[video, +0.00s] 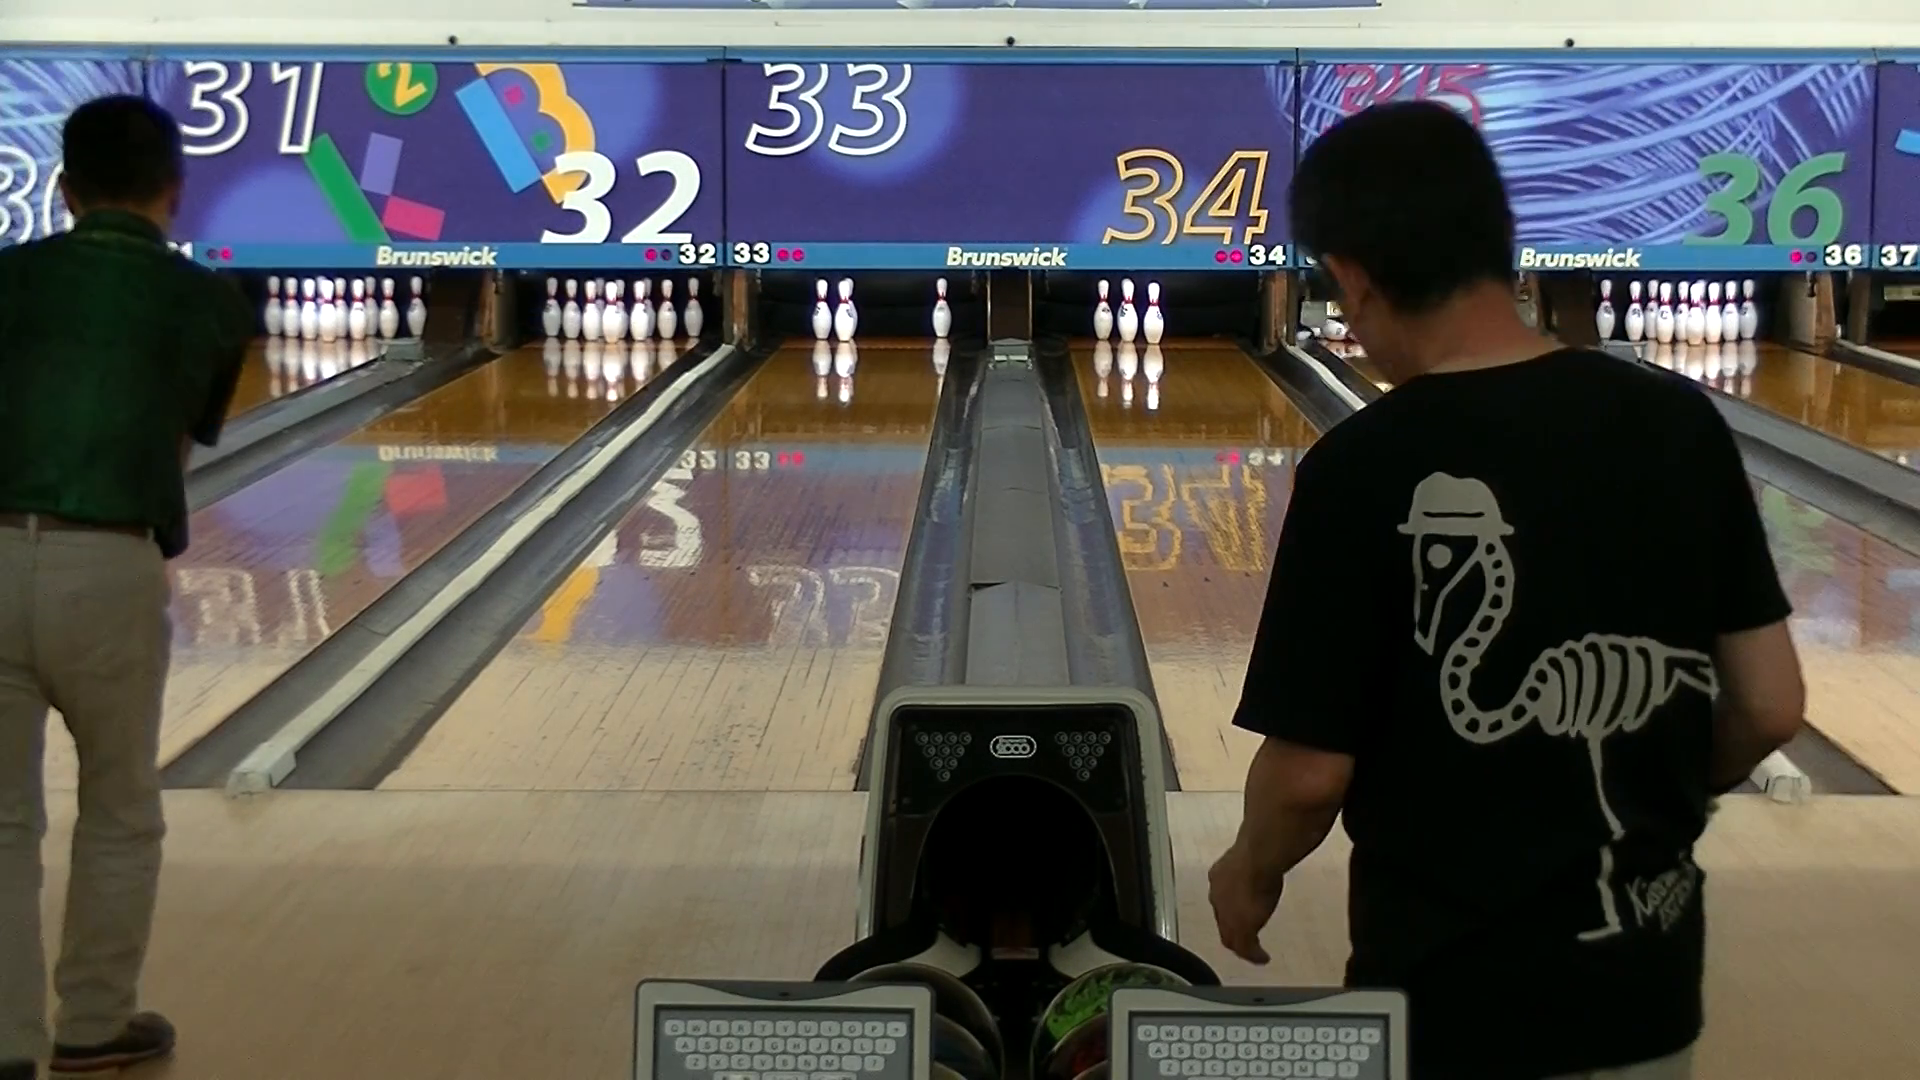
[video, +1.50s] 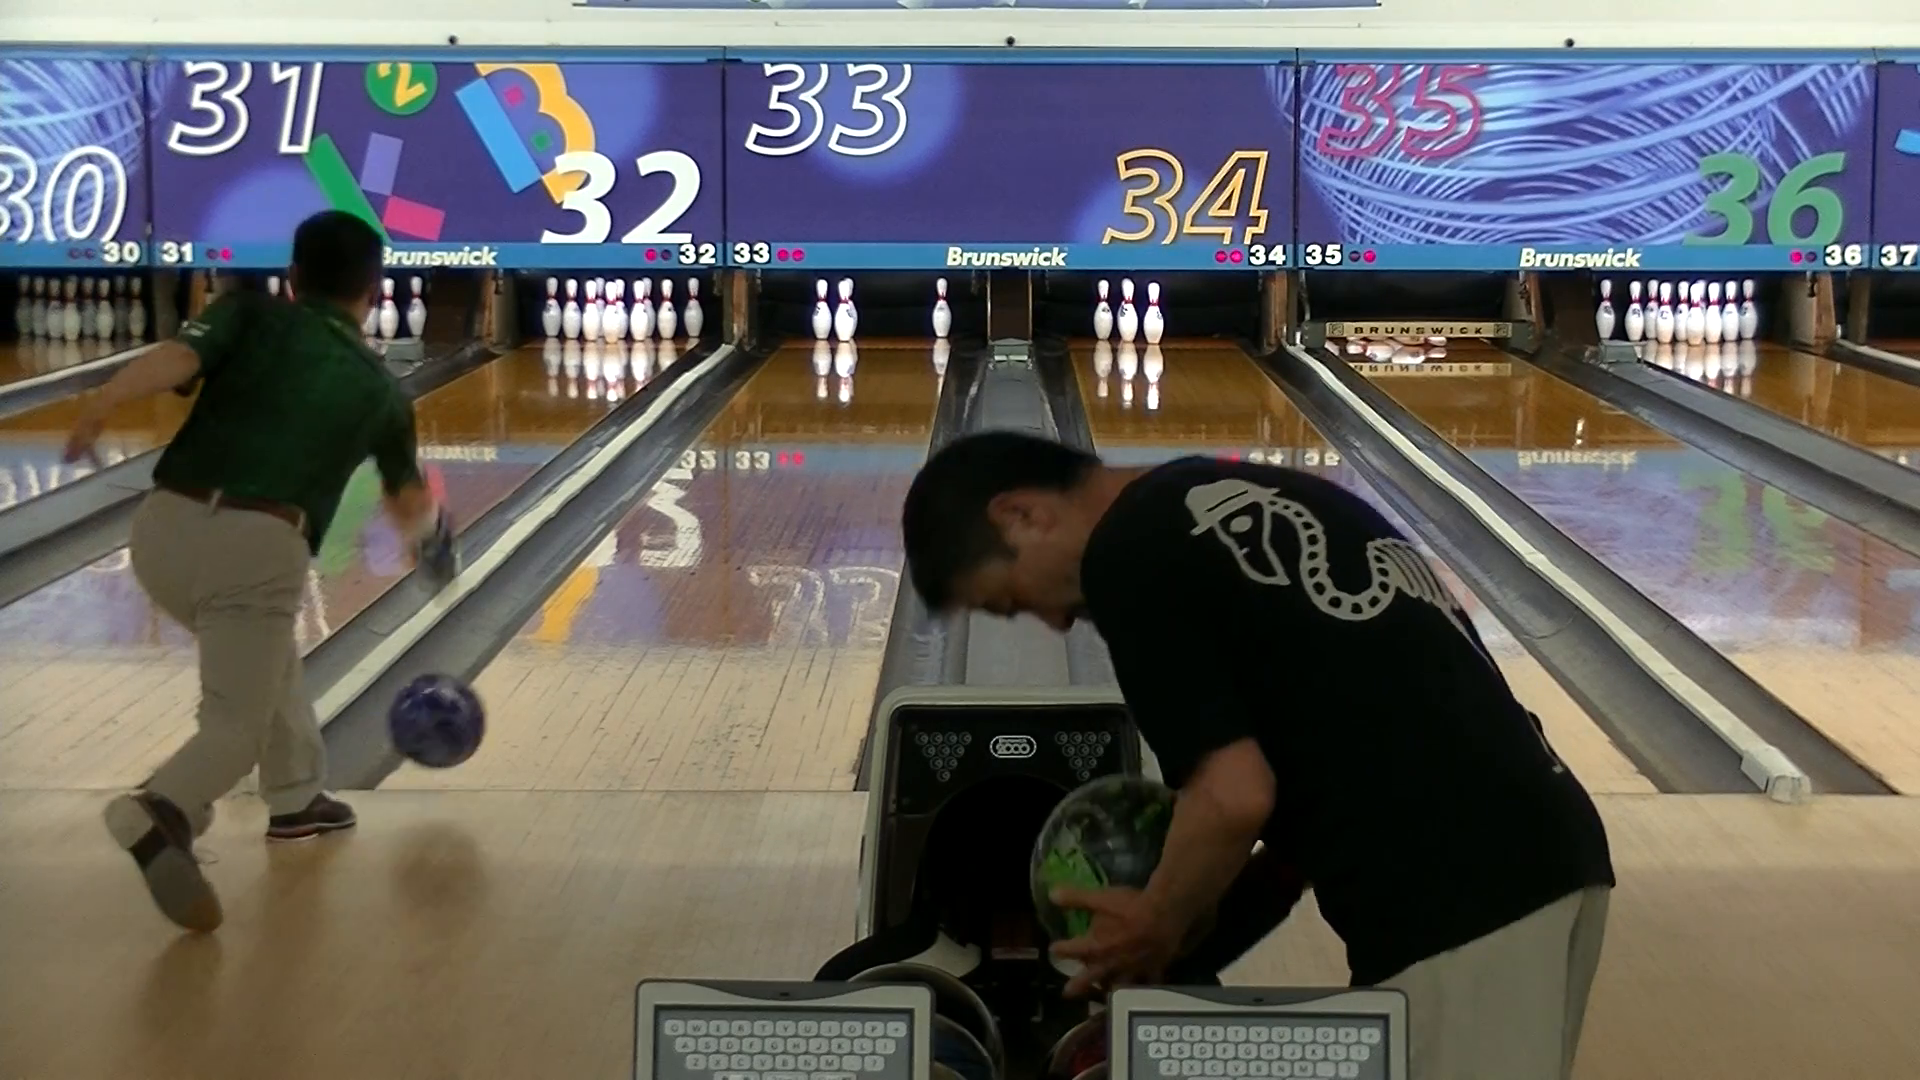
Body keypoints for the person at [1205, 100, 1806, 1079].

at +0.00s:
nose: (1341, 318)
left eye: (1331, 285)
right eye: (1332, 290)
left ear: (1355, 277)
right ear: (1495, 234)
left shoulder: (1359, 467)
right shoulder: (1675, 417)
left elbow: (1311, 775)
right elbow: (1770, 703)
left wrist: (1249, 870)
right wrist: (1652, 784)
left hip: (1448, 984)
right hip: (1645, 979)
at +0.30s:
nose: (1236, 414)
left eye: (1215, 381)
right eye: (1211, 388)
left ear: (1246, 343)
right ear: (1347, 293)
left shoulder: (1312, 474)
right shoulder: (1550, 438)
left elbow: (1284, 769)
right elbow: (1655, 711)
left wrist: (1256, 858)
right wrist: (1543, 782)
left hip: (1415, 978)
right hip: (1574, 954)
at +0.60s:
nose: (1112, 542)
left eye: (1081, 509)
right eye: (1081, 518)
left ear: (1105, 443)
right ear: (1176, 405)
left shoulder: (1200, 502)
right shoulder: (1370, 455)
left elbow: (1254, 777)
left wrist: (1235, 905)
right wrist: (1228, 922)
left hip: (1438, 913)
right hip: (1577, 877)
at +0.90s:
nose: (1043, 646)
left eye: (1012, 620)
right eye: (1014, 631)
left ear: (1032, 550)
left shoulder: (1122, 562)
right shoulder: (1266, 519)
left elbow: (1197, 814)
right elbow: (1314, 801)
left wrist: (1151, 999)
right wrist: (1193, 935)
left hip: (1451, 873)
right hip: (1545, 837)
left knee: (1474, 1063)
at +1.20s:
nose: (1027, 680)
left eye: (997, 660)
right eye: (998, 672)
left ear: (1009, 589)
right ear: (1081, 534)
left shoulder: (1088, 610)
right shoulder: (1246, 540)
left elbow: (1186, 860)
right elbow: (1321, 801)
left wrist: (1146, 1030)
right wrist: (1207, 964)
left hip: (1442, 882)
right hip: (1547, 833)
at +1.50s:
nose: (1047, 624)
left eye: (1013, 600)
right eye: (1015, 614)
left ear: (1025, 518)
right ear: (1031, 505)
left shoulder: (1132, 555)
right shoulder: (1269, 493)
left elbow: (1237, 791)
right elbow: (1333, 780)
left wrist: (1164, 918)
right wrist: (1182, 937)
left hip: (1450, 894)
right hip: (1546, 852)